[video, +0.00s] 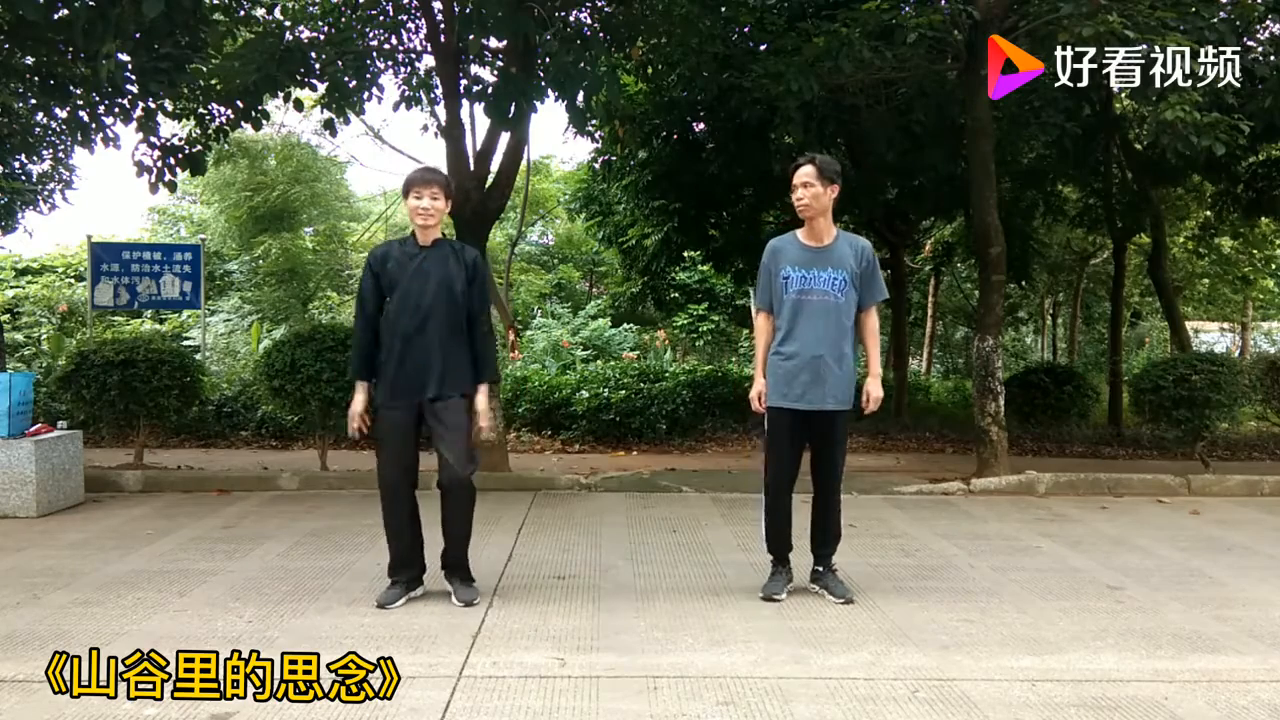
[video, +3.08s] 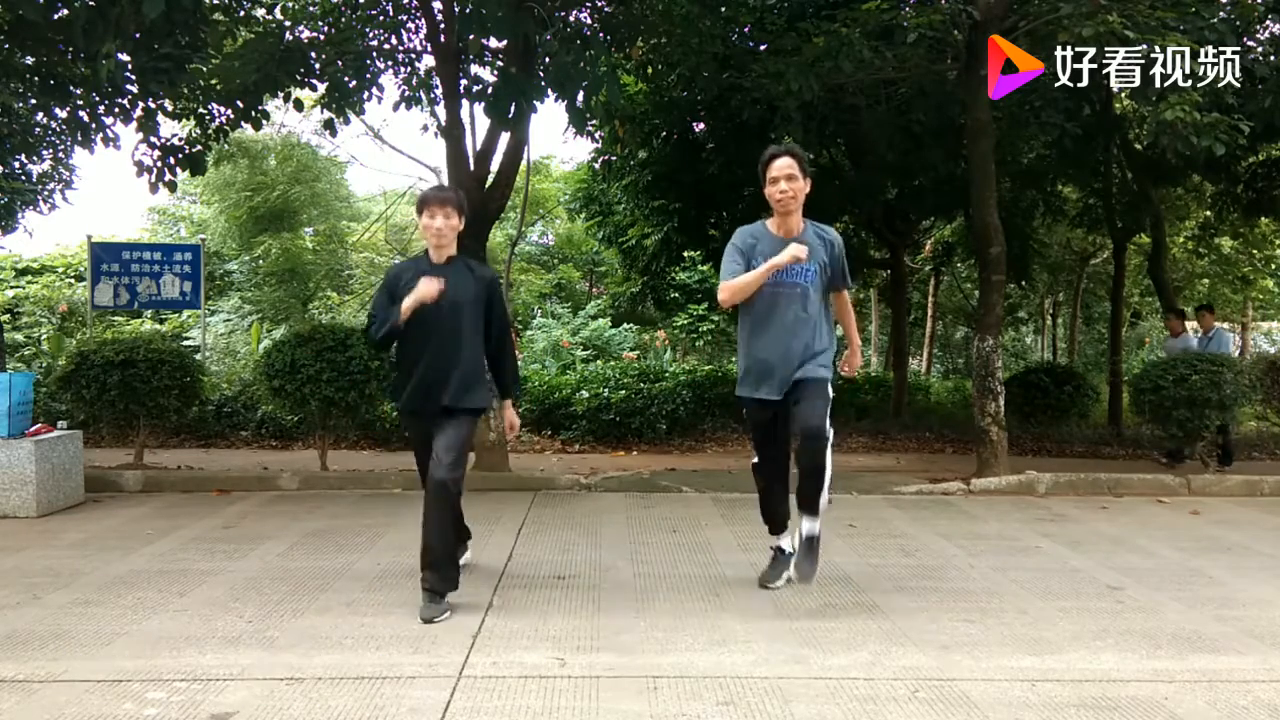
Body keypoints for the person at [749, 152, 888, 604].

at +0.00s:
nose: (798, 194)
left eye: (807, 186)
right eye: (795, 187)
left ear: (832, 191)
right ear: (792, 195)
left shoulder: (859, 251)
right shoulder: (777, 249)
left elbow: (868, 315)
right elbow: (764, 315)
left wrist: (874, 374)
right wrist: (758, 373)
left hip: (836, 388)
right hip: (784, 386)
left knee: (829, 485)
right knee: (777, 483)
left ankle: (824, 567)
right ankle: (780, 566)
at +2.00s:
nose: (798, 195)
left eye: (806, 187)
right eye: (790, 187)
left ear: (819, 195)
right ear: (778, 195)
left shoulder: (839, 250)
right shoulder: (756, 251)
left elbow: (846, 314)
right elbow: (747, 317)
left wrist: (854, 371)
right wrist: (745, 373)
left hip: (822, 385)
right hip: (770, 385)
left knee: (820, 484)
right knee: (773, 485)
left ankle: (823, 568)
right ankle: (780, 568)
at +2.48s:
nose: (785, 202)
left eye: (794, 194)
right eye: (777, 194)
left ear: (806, 203)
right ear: (765, 202)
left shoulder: (828, 254)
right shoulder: (745, 258)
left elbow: (855, 313)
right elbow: (727, 305)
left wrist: (830, 327)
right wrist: (707, 352)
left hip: (819, 393)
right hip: (766, 394)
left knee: (824, 487)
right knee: (769, 490)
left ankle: (823, 568)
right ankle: (781, 567)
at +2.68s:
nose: (779, 197)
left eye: (787, 188)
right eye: (771, 189)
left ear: (801, 197)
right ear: (759, 198)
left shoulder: (823, 246)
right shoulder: (738, 256)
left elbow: (857, 301)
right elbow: (718, 317)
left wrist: (817, 298)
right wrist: (696, 372)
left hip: (818, 375)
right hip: (763, 382)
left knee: (829, 443)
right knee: (765, 484)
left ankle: (827, 519)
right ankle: (782, 566)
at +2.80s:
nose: (777, 190)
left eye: (785, 182)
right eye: (769, 183)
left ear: (800, 187)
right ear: (759, 191)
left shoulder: (823, 237)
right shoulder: (742, 248)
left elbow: (846, 288)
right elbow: (722, 311)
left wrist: (841, 334)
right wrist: (740, 364)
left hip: (816, 353)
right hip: (765, 365)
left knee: (819, 382)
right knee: (772, 467)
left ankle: (820, 469)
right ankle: (782, 552)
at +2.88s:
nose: (778, 199)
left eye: (786, 191)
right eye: (770, 192)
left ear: (801, 197)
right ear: (759, 200)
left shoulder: (822, 247)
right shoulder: (742, 255)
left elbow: (841, 305)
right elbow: (723, 313)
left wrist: (854, 359)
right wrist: (761, 332)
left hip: (813, 359)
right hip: (764, 372)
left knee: (818, 371)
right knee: (771, 468)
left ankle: (817, 461)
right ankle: (781, 555)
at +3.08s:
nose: (782, 188)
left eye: (790, 180)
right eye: (774, 182)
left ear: (806, 185)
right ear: (765, 190)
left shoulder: (827, 240)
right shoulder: (745, 240)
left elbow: (839, 294)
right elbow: (726, 296)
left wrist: (854, 343)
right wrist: (772, 264)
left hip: (812, 363)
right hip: (759, 370)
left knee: (813, 432)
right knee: (770, 463)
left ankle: (810, 528)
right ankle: (781, 545)